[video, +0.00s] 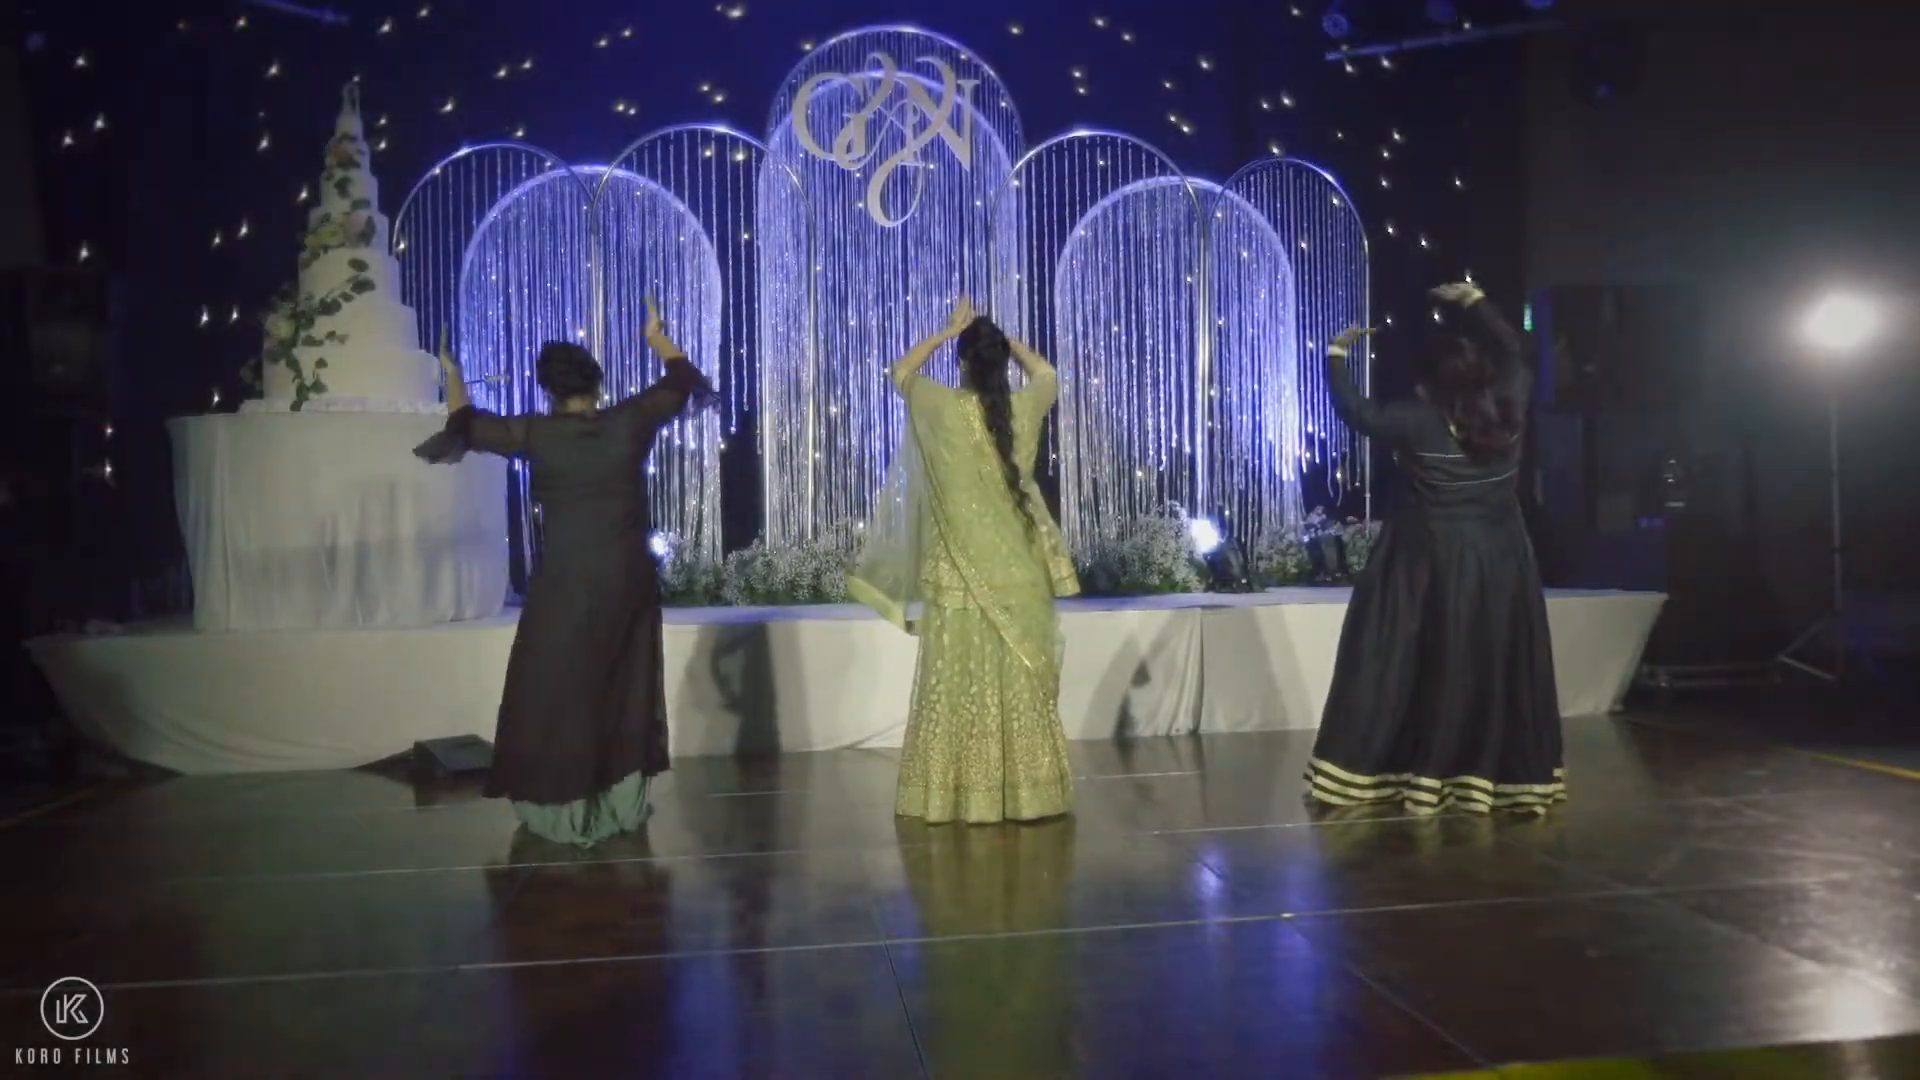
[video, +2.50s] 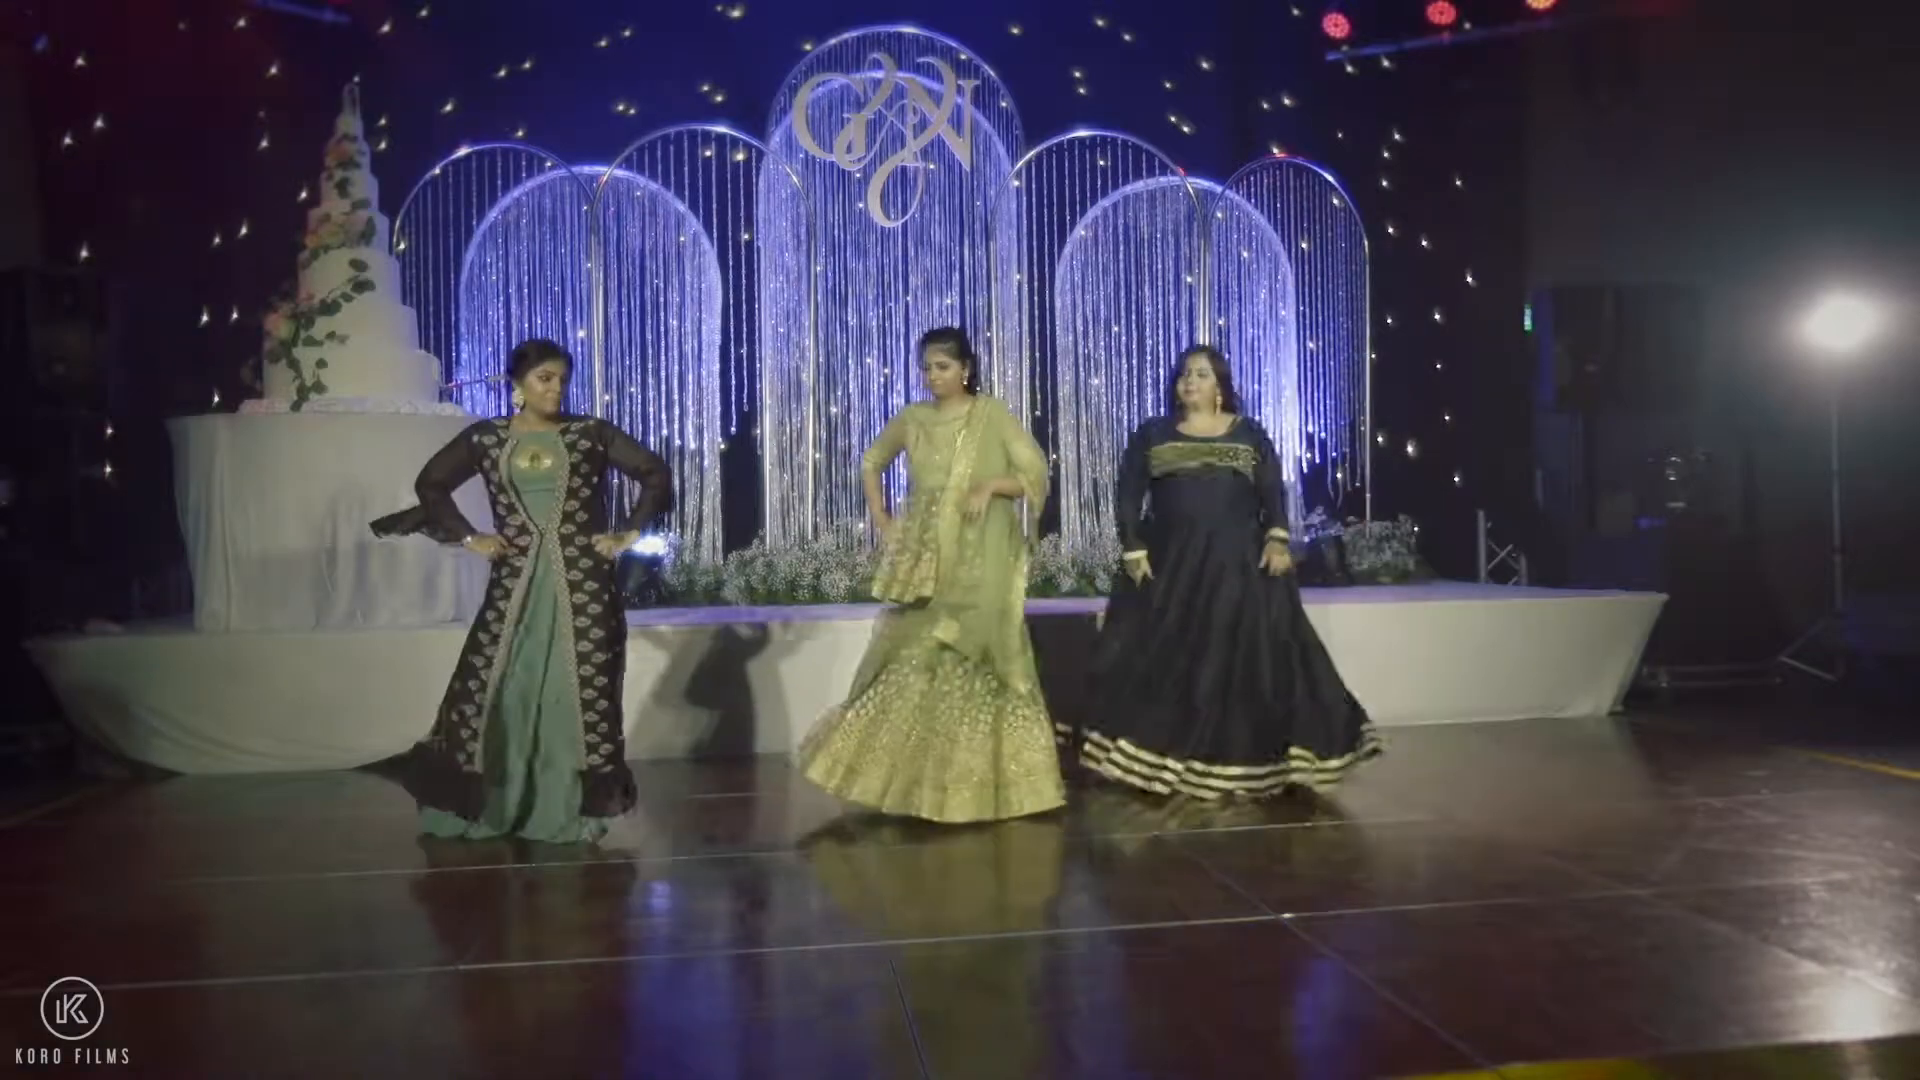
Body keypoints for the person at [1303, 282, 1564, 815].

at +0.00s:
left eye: (1435, 359)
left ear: (1430, 372)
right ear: (1486, 369)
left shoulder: (1414, 421)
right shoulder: (1508, 408)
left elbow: (1356, 410)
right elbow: (1510, 351)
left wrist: (1337, 359)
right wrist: (1476, 301)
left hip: (1431, 546)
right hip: (1499, 545)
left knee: (1422, 659)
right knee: (1495, 661)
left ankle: (1417, 782)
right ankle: (1495, 782)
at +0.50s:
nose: (1401, 398)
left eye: (1403, 390)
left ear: (1415, 391)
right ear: (1463, 375)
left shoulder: (1415, 439)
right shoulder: (1497, 409)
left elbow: (1368, 491)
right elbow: (1516, 349)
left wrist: (1305, 496)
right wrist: (1526, 283)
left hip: (1439, 568)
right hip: (1508, 561)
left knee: (1427, 670)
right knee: (1505, 669)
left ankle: (1427, 783)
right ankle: (1507, 783)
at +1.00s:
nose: (1389, 409)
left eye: (1390, 401)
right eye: (1387, 400)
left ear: (1407, 397)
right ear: (1446, 380)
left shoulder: (1406, 444)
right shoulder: (1488, 402)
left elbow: (1382, 502)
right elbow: (1514, 348)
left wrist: (1337, 550)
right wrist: (1529, 292)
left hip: (1437, 556)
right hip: (1504, 547)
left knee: (1430, 664)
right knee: (1505, 660)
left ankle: (1431, 781)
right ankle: (1508, 778)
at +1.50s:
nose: (1371, 396)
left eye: (1374, 388)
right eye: (1371, 387)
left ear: (1392, 388)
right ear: (1430, 377)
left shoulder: (1389, 436)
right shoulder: (1475, 410)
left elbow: (1360, 497)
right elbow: (1529, 391)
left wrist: (1321, 547)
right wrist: (1562, 346)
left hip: (1416, 556)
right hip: (1482, 551)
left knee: (1414, 662)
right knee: (1486, 660)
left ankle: (1419, 781)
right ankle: (1494, 778)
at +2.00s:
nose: (1294, 398)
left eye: (1298, 387)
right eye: (1292, 388)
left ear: (1319, 386)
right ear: (1331, 385)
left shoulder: (1332, 428)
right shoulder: (1353, 426)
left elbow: (1327, 487)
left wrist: (1317, 499)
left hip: (1340, 566)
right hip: (1366, 560)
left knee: (1335, 669)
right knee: (1364, 667)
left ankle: (1346, 772)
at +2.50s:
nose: (1190, 381)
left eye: (1201, 375)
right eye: (1185, 374)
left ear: (1220, 383)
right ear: (1176, 383)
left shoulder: (1249, 434)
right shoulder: (1152, 435)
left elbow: (1273, 490)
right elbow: (1127, 495)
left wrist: (1277, 539)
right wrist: (1132, 546)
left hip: (1240, 565)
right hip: (1173, 567)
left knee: (1245, 664)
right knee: (1175, 666)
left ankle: (1247, 769)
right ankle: (1176, 769)